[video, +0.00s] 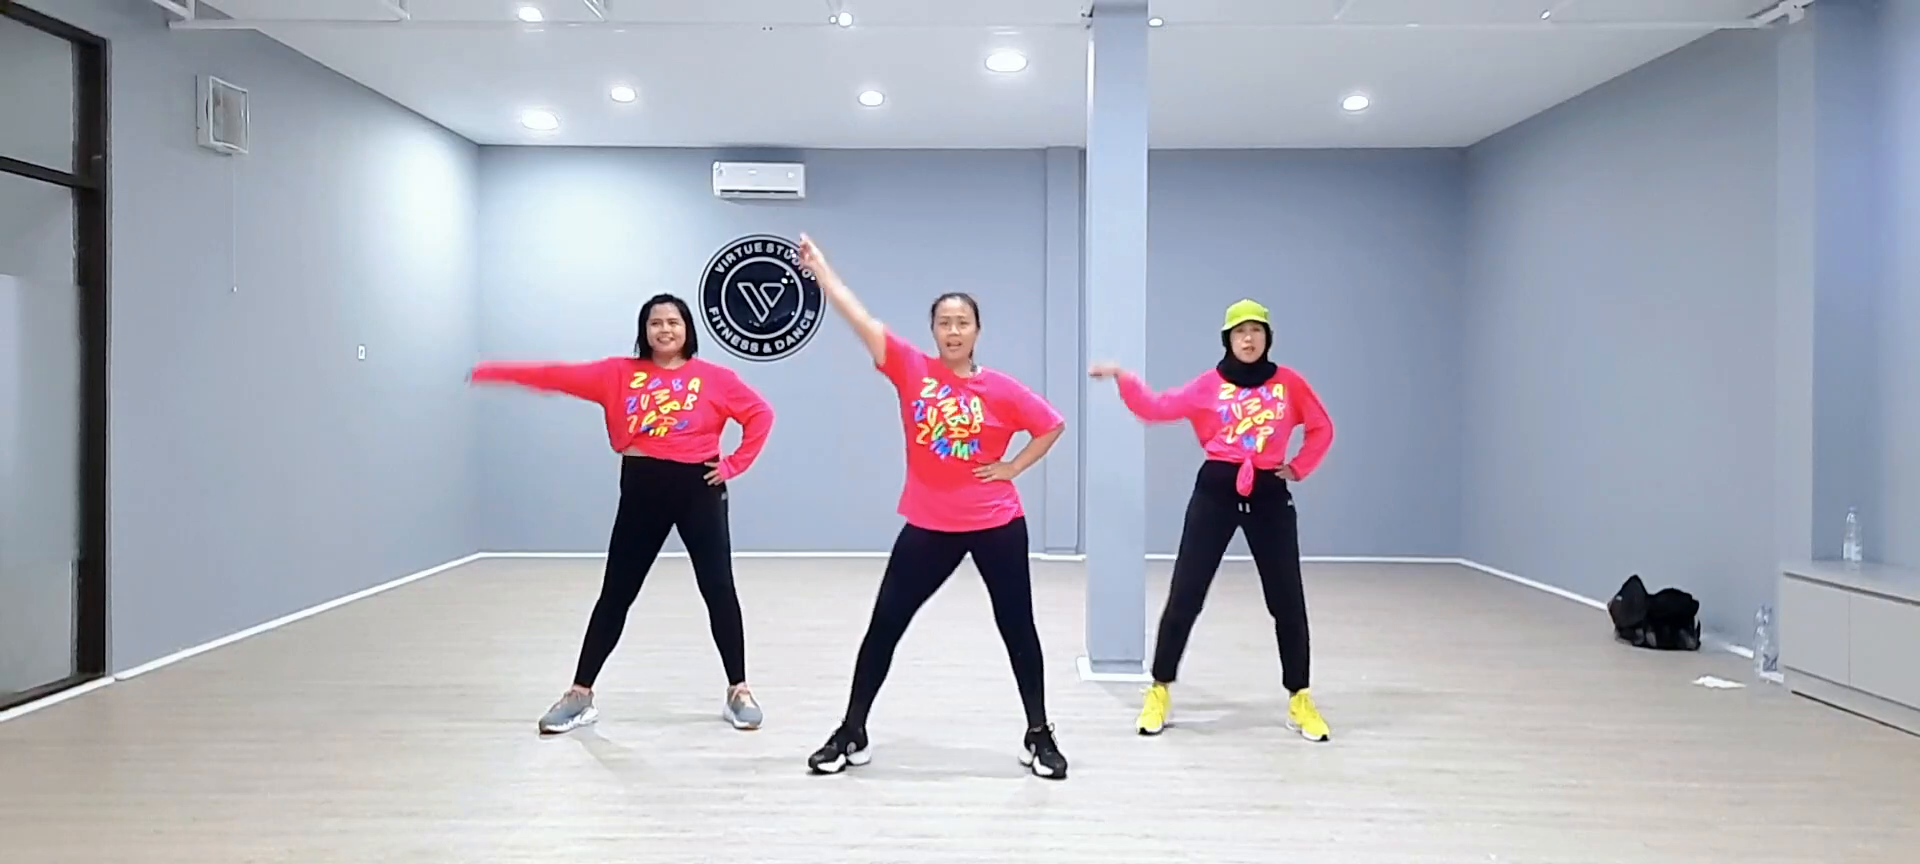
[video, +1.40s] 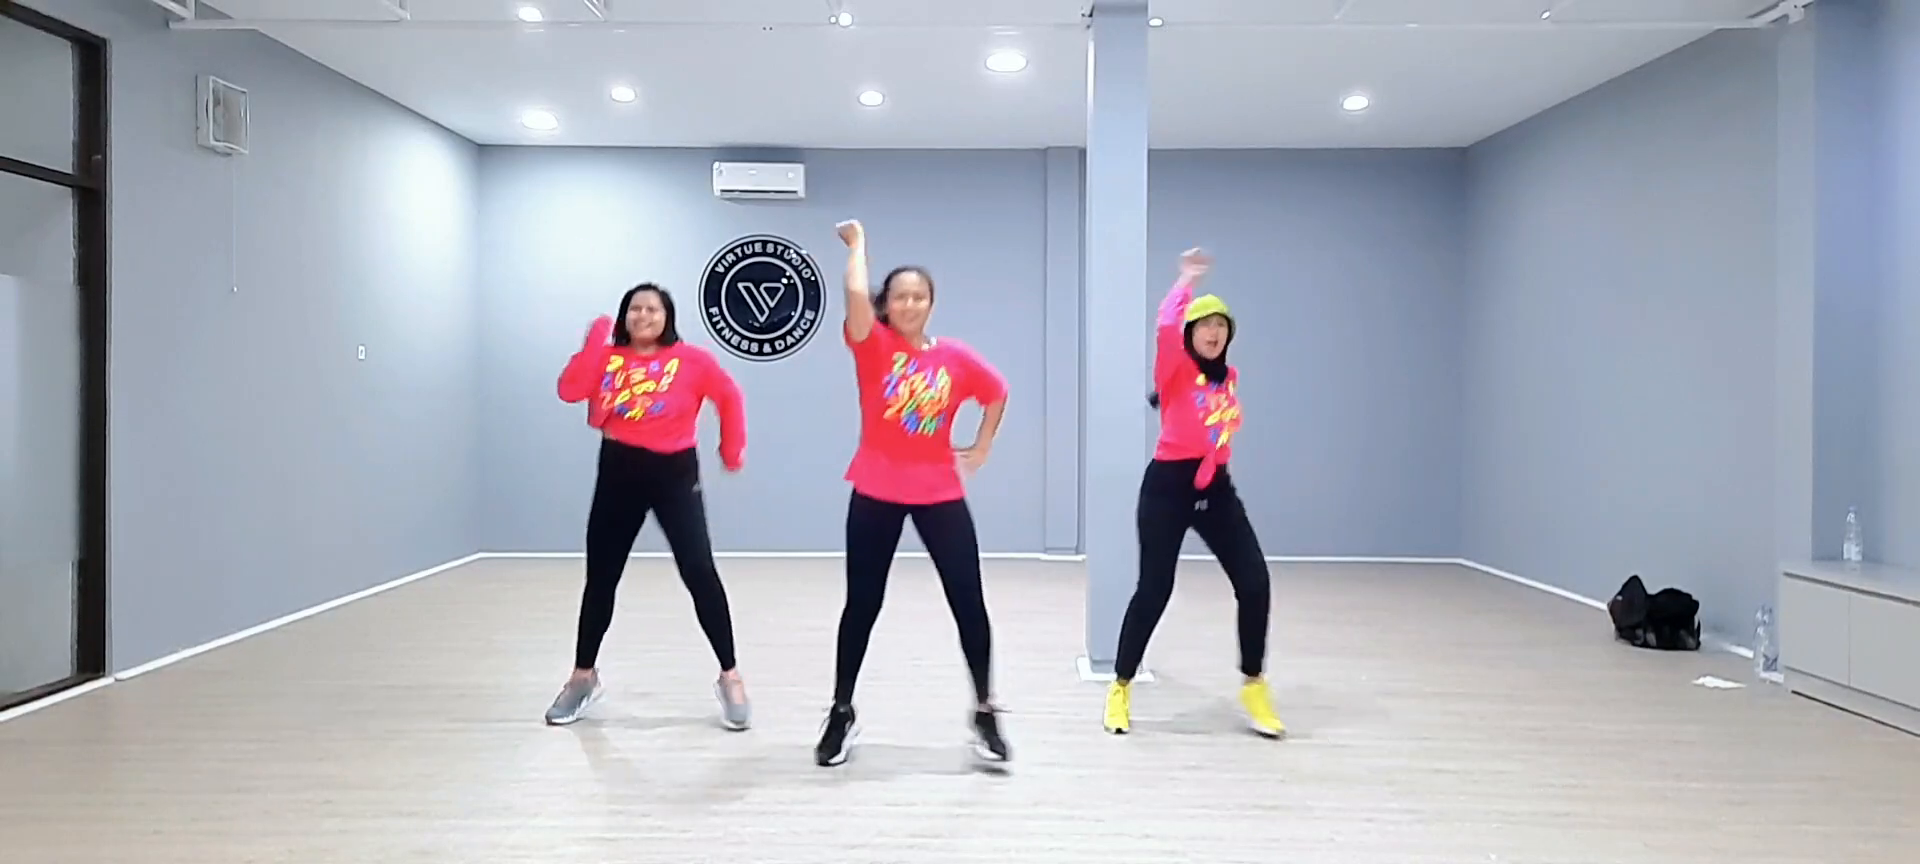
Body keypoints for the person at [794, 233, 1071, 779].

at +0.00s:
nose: (953, 330)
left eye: (962, 322)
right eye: (944, 323)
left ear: (977, 331)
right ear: (932, 331)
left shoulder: (1000, 389)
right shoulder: (912, 370)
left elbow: (1052, 426)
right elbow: (862, 322)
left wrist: (1015, 467)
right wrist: (821, 270)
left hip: (995, 524)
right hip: (930, 525)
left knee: (1018, 627)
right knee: (884, 626)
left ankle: (1039, 734)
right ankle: (853, 731)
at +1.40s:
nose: (909, 304)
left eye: (918, 296)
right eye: (900, 296)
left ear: (932, 305)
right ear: (884, 304)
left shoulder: (953, 356)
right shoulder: (869, 346)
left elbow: (997, 392)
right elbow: (856, 295)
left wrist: (980, 448)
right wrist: (856, 244)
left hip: (938, 490)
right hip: (876, 490)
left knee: (969, 601)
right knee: (862, 603)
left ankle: (985, 712)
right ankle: (840, 711)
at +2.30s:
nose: (966, 309)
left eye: (963, 300)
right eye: (964, 300)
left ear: (917, 305)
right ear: (953, 302)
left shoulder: (892, 351)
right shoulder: (962, 354)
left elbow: (851, 390)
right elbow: (1001, 421)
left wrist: (883, 431)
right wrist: (1001, 367)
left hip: (887, 504)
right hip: (939, 504)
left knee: (933, 604)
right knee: (963, 617)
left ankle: (917, 724)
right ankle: (929, 745)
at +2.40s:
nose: (953, 315)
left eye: (948, 306)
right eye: (952, 307)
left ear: (906, 313)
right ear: (947, 311)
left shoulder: (877, 364)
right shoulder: (967, 365)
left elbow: (830, 402)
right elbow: (992, 433)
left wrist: (847, 468)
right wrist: (973, 390)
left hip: (887, 515)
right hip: (948, 512)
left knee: (913, 626)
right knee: (983, 612)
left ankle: (913, 759)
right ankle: (932, 672)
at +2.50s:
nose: (894, 330)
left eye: (893, 323)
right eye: (908, 322)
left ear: (896, 327)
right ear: (941, 326)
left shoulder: (872, 387)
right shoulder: (967, 382)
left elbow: (849, 456)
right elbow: (976, 454)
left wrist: (842, 511)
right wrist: (935, 449)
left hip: (886, 530)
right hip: (951, 528)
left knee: (905, 637)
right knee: (974, 604)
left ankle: (916, 746)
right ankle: (953, 631)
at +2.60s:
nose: (888, 326)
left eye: (888, 318)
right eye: (889, 317)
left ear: (899, 321)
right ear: (935, 319)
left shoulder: (879, 373)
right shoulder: (964, 375)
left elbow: (861, 445)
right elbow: (984, 441)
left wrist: (861, 488)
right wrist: (946, 467)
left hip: (894, 527)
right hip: (954, 525)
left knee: (900, 632)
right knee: (936, 583)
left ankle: (916, 744)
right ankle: (969, 660)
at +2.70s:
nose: (883, 310)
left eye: (886, 302)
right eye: (885, 301)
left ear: (899, 306)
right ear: (930, 308)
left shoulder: (884, 353)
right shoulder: (955, 358)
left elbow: (859, 420)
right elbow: (990, 413)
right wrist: (954, 445)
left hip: (903, 501)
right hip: (952, 500)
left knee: (888, 609)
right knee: (920, 588)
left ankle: (929, 723)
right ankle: (948, 693)